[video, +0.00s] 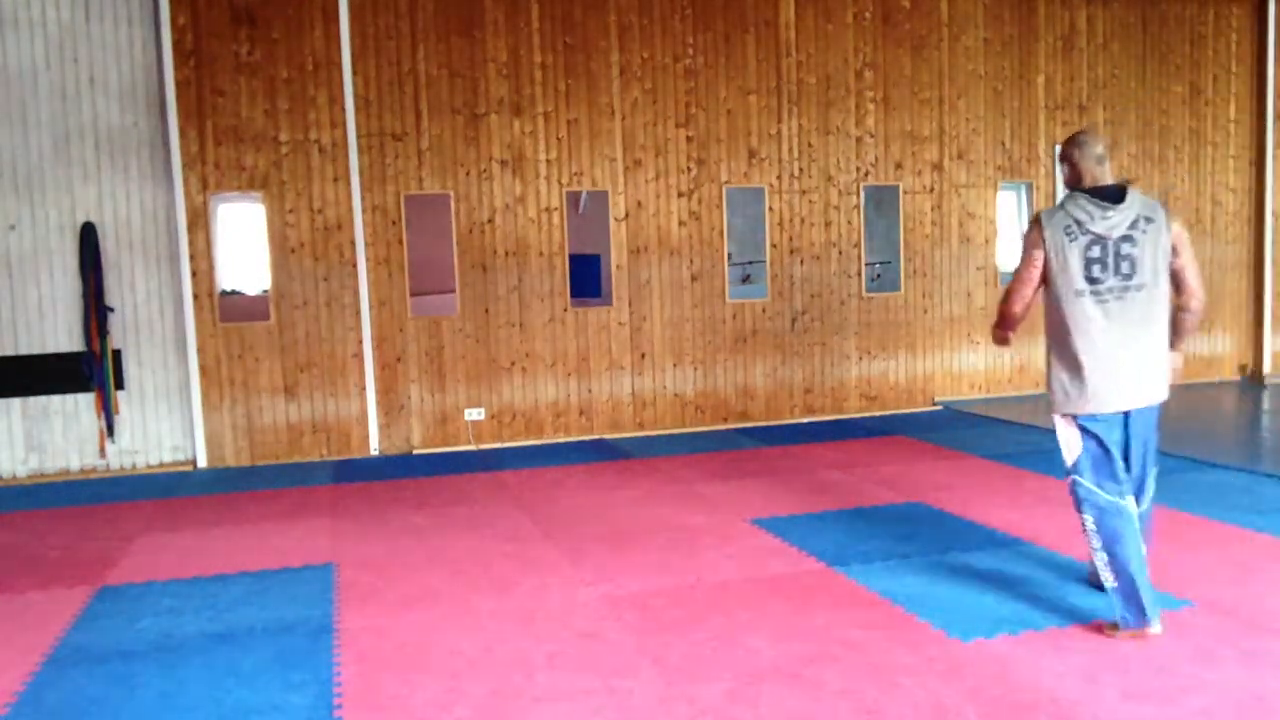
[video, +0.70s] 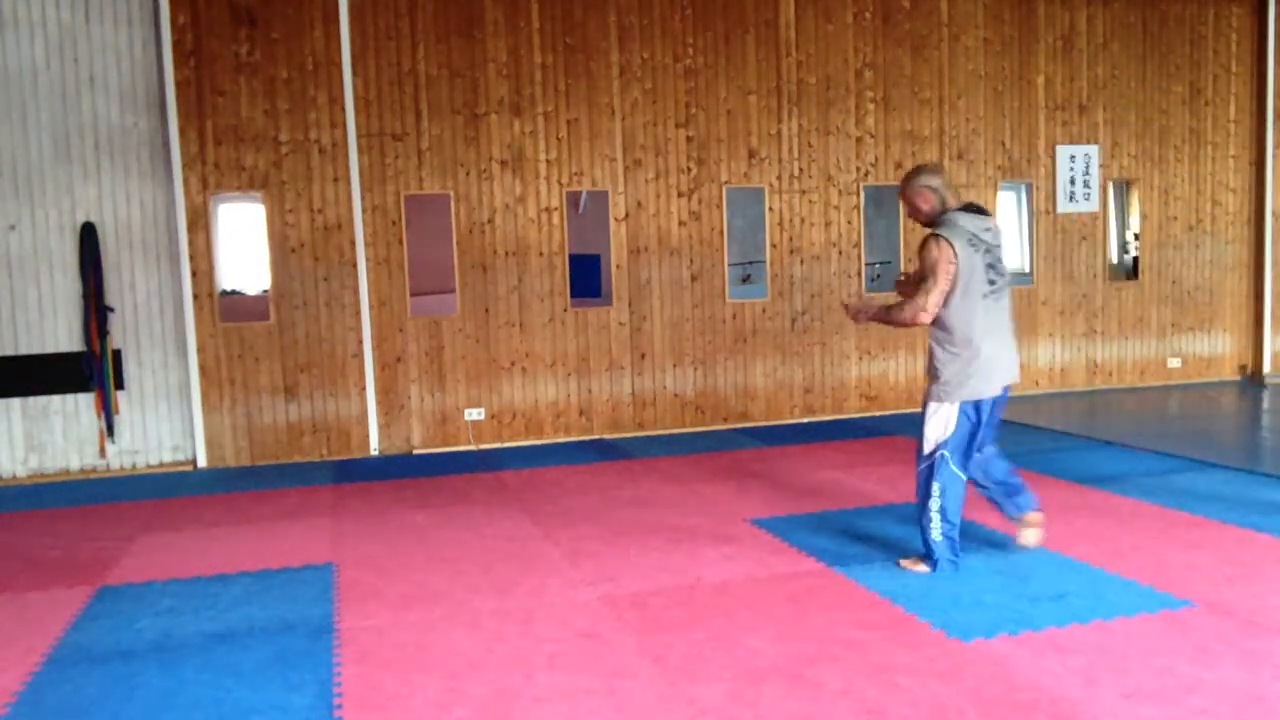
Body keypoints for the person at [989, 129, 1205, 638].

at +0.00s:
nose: (1063, 173)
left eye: (1063, 165)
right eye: (1067, 164)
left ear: (1068, 168)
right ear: (1111, 164)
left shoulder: (1050, 225)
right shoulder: (1160, 217)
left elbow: (1016, 305)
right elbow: (1193, 301)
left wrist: (1003, 330)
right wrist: (1174, 343)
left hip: (1085, 384)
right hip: (1147, 379)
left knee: (1102, 494)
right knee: (1138, 486)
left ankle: (1141, 613)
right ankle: (1115, 572)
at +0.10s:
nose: (1051, 178)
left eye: (1051, 171)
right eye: (1054, 170)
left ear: (1058, 172)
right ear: (1100, 168)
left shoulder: (1044, 227)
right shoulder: (1147, 224)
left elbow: (1013, 303)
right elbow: (1170, 298)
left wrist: (990, 333)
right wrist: (1147, 332)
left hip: (1067, 381)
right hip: (1127, 378)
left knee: (1060, 480)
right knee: (1122, 481)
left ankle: (1116, 581)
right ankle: (1107, 570)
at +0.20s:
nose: (1036, 178)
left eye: (1037, 171)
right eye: (1037, 170)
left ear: (1046, 172)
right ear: (1082, 170)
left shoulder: (1036, 221)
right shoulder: (1125, 221)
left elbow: (1008, 298)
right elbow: (1141, 291)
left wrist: (977, 324)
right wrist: (1097, 298)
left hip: (1056, 373)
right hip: (1114, 371)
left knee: (1015, 456)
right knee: (1113, 479)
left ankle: (1070, 550)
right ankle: (1111, 575)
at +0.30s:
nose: (1015, 183)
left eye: (1015, 175)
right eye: (1014, 175)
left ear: (1027, 175)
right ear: (1058, 171)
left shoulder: (1027, 223)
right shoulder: (1101, 219)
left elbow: (992, 296)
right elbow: (1104, 284)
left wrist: (958, 305)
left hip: (1039, 370)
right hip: (1096, 368)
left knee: (993, 450)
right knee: (1102, 472)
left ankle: (1018, 550)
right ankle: (1109, 573)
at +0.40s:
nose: (989, 191)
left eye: (989, 182)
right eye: (988, 182)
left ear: (1002, 181)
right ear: (1032, 176)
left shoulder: (1009, 227)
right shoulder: (1072, 220)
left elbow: (979, 294)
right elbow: (1057, 283)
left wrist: (936, 289)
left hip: (1022, 373)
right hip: (1075, 369)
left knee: (983, 460)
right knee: (1090, 471)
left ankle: (961, 551)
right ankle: (1106, 569)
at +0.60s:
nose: (935, 211)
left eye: (935, 201)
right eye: (933, 202)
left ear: (950, 195)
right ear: (968, 189)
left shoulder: (961, 241)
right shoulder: (1014, 228)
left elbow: (933, 309)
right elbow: (993, 281)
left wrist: (886, 302)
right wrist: (938, 271)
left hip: (976, 376)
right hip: (1020, 371)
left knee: (951, 466)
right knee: (1022, 458)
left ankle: (944, 557)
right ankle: (1071, 529)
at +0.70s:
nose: (910, 215)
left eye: (910, 206)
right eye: (908, 207)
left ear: (927, 199)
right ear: (943, 193)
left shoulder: (942, 243)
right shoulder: (984, 226)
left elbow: (920, 312)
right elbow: (968, 291)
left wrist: (874, 312)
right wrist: (917, 285)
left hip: (962, 375)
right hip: (998, 368)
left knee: (941, 465)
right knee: (979, 450)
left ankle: (940, 557)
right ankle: (1026, 510)